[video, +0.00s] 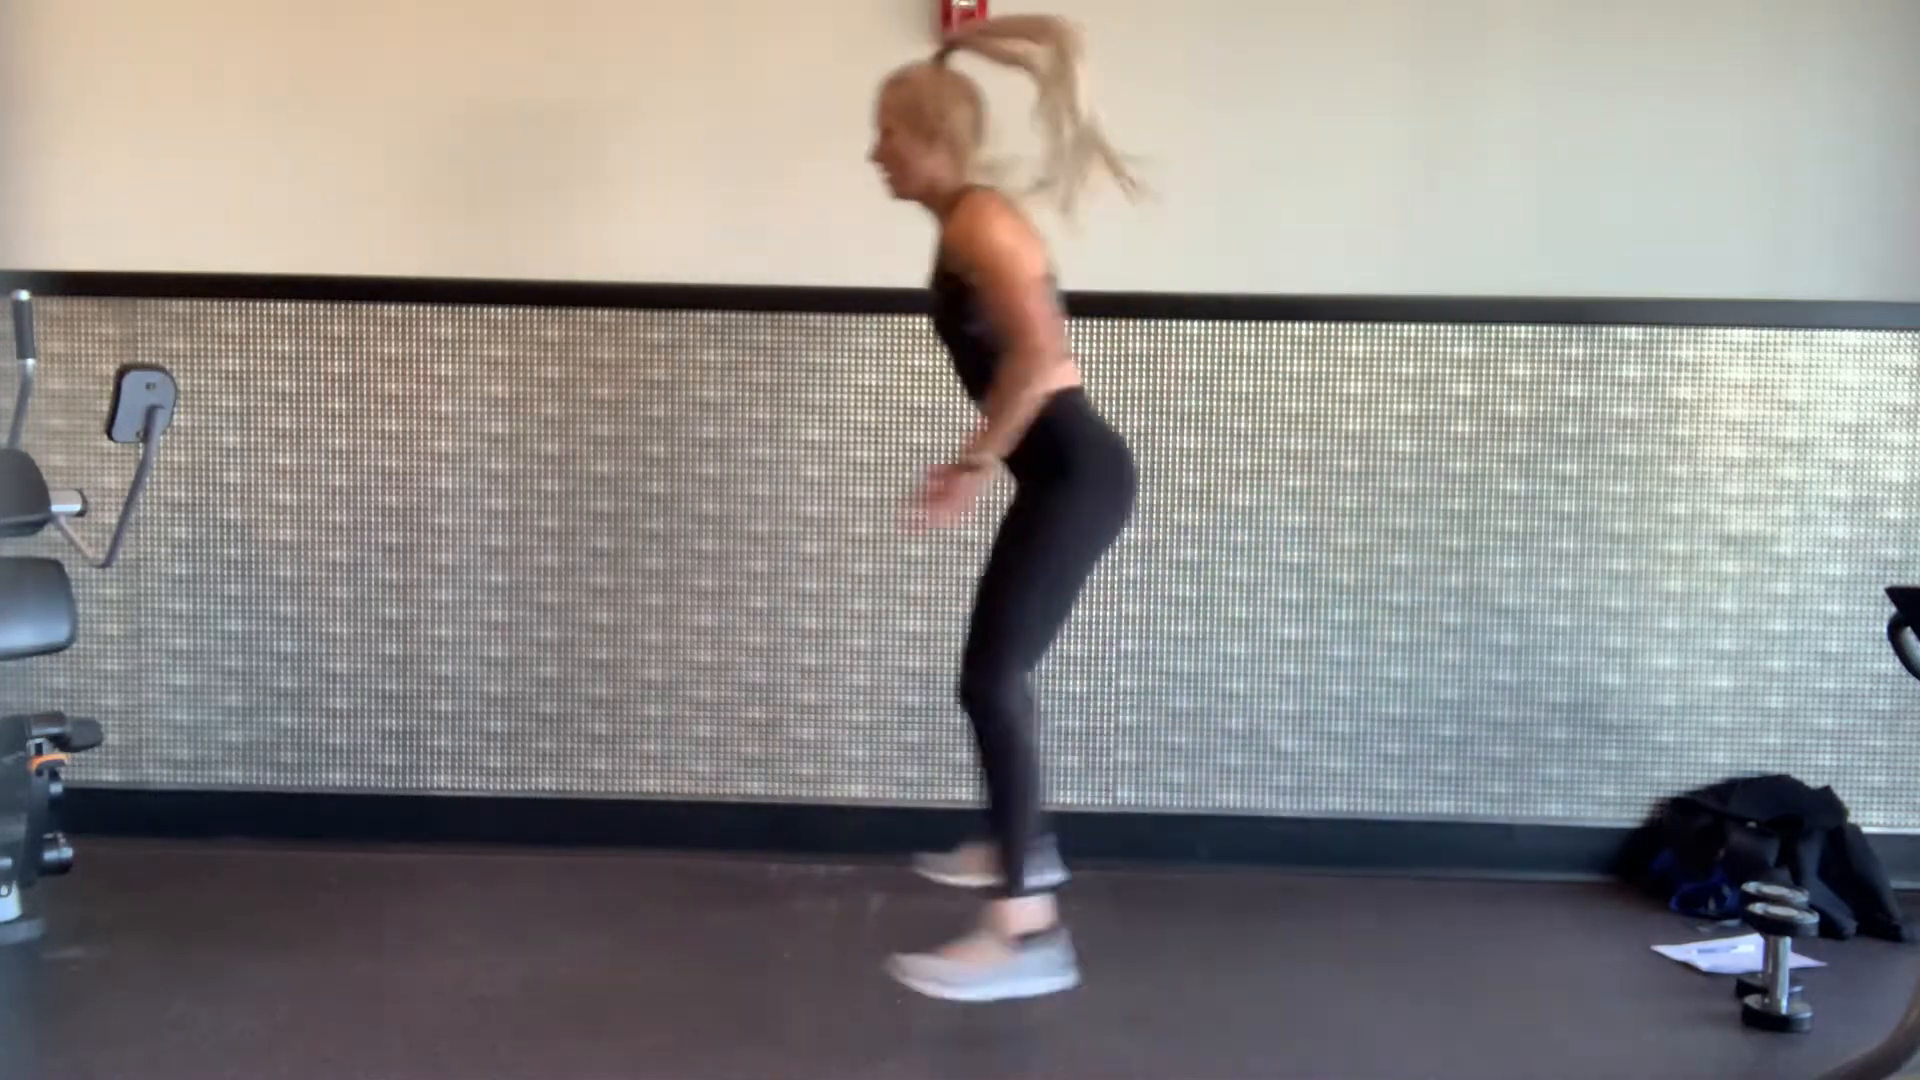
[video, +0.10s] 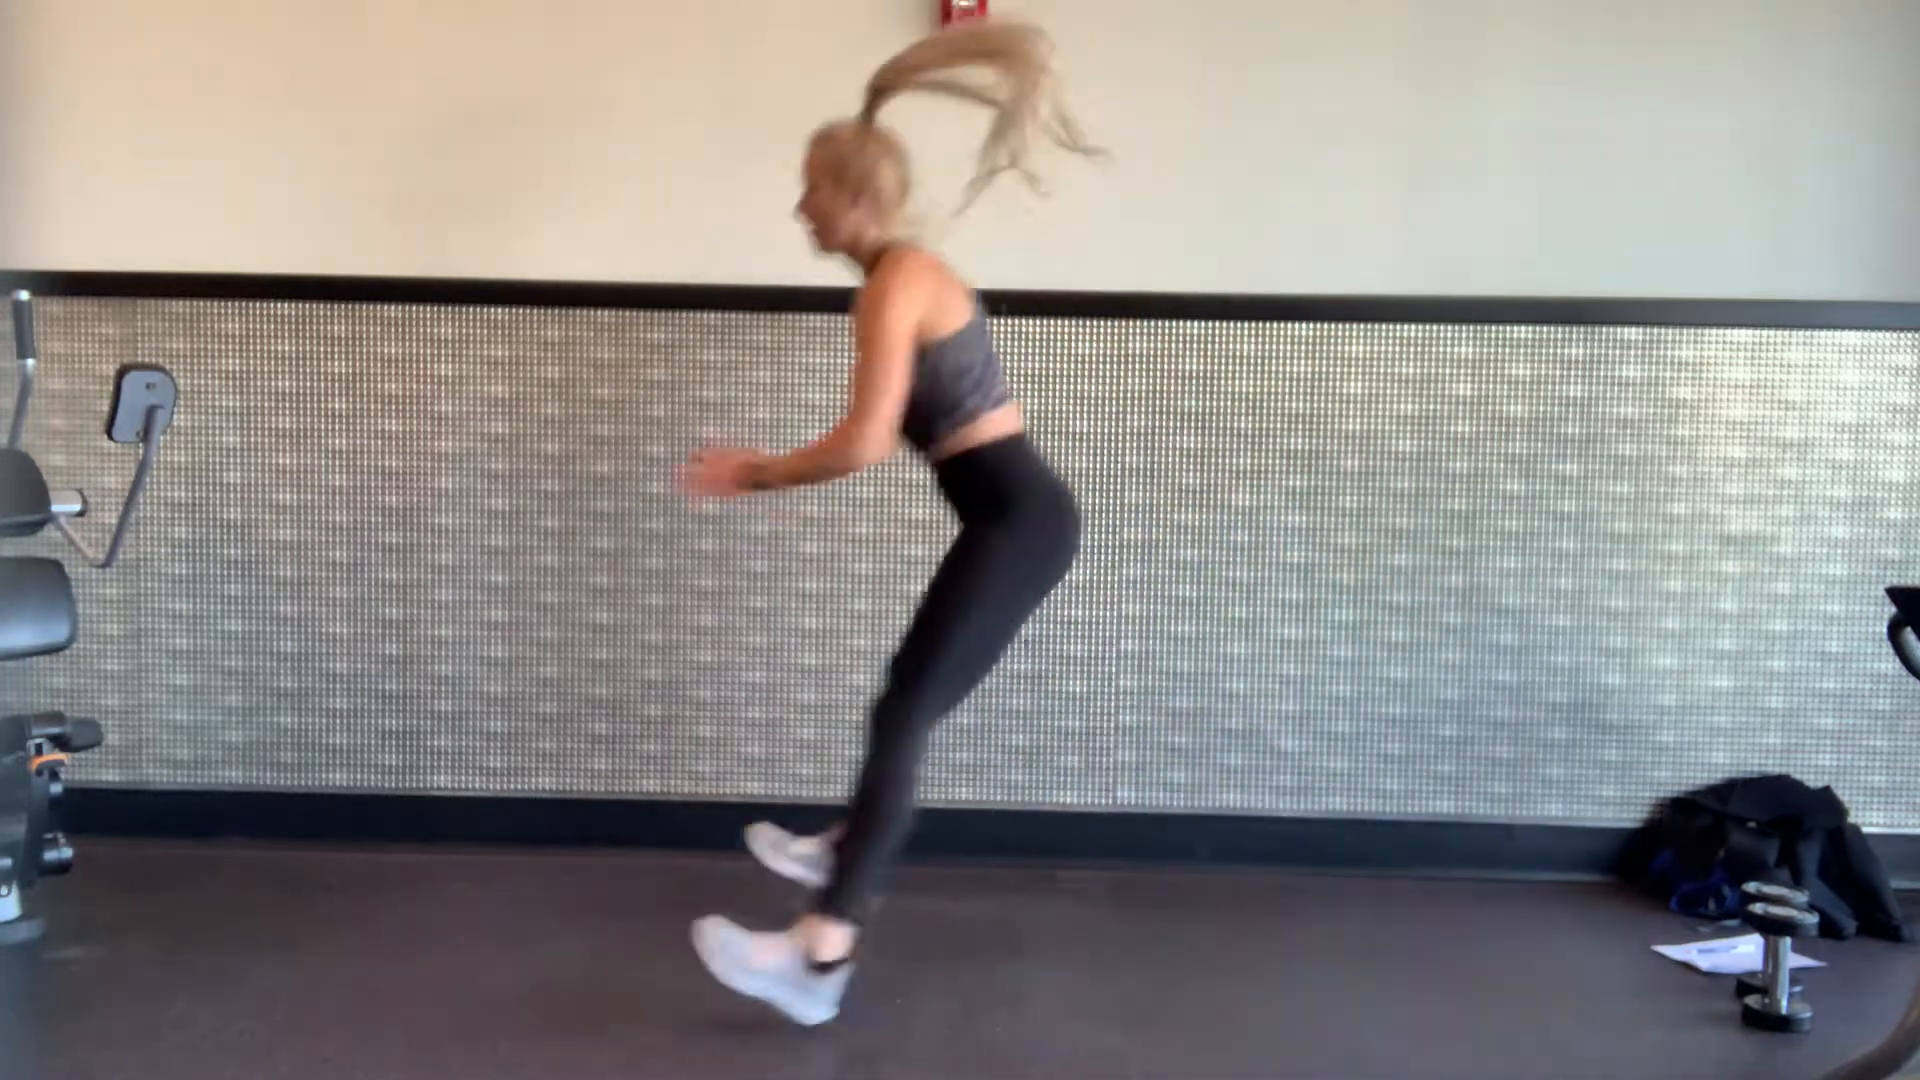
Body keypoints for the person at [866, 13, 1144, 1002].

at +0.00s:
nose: (876, 155)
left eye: (888, 139)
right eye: (877, 139)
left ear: (936, 145)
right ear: (937, 143)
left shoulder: (985, 226)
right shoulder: (962, 227)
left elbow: (1046, 362)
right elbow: (1033, 361)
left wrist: (972, 467)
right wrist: (986, 455)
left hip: (1077, 471)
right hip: (1055, 471)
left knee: (994, 679)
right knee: (992, 670)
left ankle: (1026, 918)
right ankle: (1011, 845)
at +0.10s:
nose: (802, 211)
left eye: (811, 197)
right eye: (805, 195)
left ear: (851, 200)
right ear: (871, 194)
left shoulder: (894, 287)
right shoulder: (917, 273)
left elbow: (865, 442)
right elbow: (881, 429)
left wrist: (760, 472)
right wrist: (783, 465)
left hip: (1017, 519)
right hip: (1017, 511)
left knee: (905, 712)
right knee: (908, 698)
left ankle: (825, 945)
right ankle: (848, 850)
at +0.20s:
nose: (743, 311)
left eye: (754, 298)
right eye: (748, 296)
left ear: (791, 313)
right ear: (815, 311)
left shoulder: (829, 401)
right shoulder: (847, 387)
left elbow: (705, 514)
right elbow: (727, 496)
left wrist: (635, 438)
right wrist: (653, 434)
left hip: (953, 627)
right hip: (952, 613)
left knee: (758, 740)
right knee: (781, 717)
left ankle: (751, 981)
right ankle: (787, 882)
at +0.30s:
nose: (689, 389)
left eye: (702, 380)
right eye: (696, 377)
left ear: (739, 402)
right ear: (763, 402)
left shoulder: (767, 486)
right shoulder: (785, 474)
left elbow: (617, 562)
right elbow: (645, 543)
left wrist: (608, 448)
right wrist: (621, 447)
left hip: (889, 713)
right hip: (886, 689)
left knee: (682, 755)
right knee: (721, 701)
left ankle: (746, 983)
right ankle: (781, 884)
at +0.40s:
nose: (644, 442)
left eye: (659, 432)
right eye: (654, 428)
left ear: (688, 458)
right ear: (719, 458)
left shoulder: (720, 536)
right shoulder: (732, 526)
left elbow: (567, 612)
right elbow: (604, 586)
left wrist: (570, 498)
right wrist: (580, 496)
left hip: (857, 754)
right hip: (846, 728)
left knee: (652, 770)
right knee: (689, 711)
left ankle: (743, 981)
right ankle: (778, 882)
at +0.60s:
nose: (575, 439)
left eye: (589, 430)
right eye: (581, 427)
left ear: (628, 452)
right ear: (645, 452)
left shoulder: (668, 529)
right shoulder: (689, 514)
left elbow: (547, 650)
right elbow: (570, 616)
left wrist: (500, 549)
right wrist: (529, 535)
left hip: (839, 715)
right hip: (826, 692)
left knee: (639, 768)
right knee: (675, 710)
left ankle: (743, 977)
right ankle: (776, 877)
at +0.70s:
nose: (557, 407)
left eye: (571, 395)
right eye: (563, 393)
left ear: (615, 412)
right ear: (633, 411)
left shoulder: (653, 490)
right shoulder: (674, 476)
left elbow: (579, 645)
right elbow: (586, 604)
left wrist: (483, 590)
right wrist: (515, 555)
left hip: (838, 668)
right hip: (820, 650)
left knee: (643, 761)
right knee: (678, 704)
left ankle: (744, 976)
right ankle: (778, 874)